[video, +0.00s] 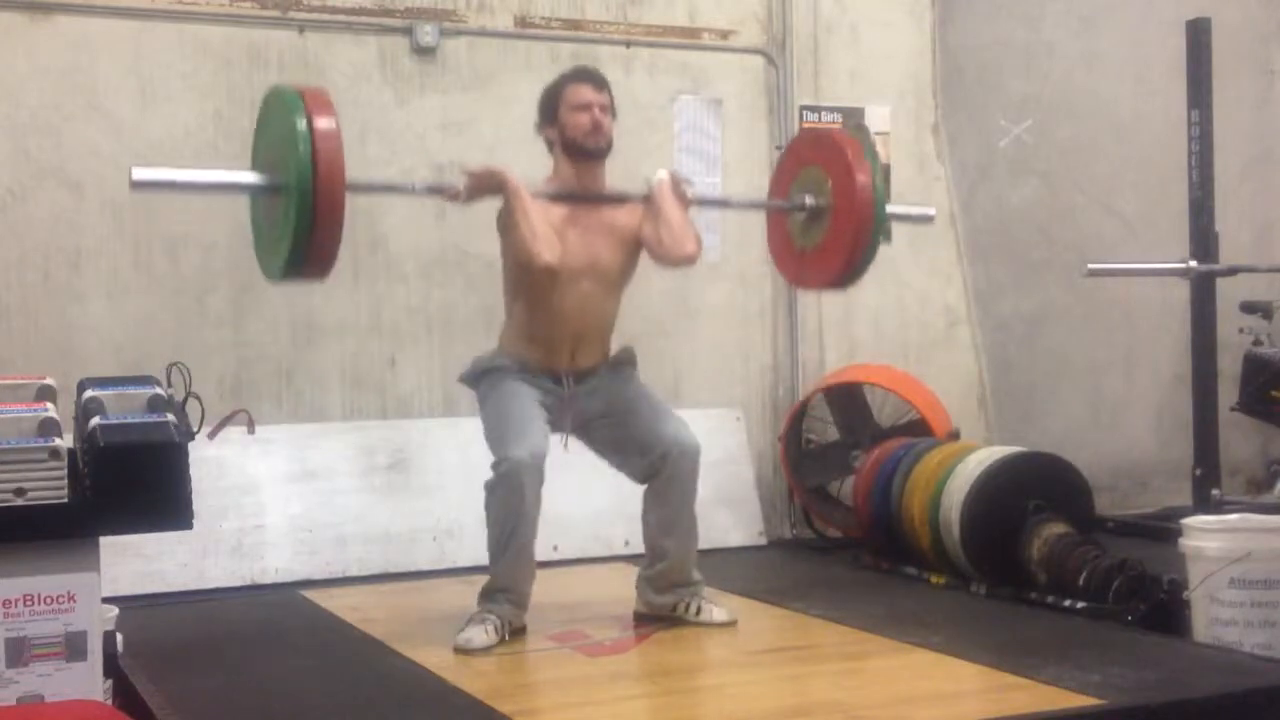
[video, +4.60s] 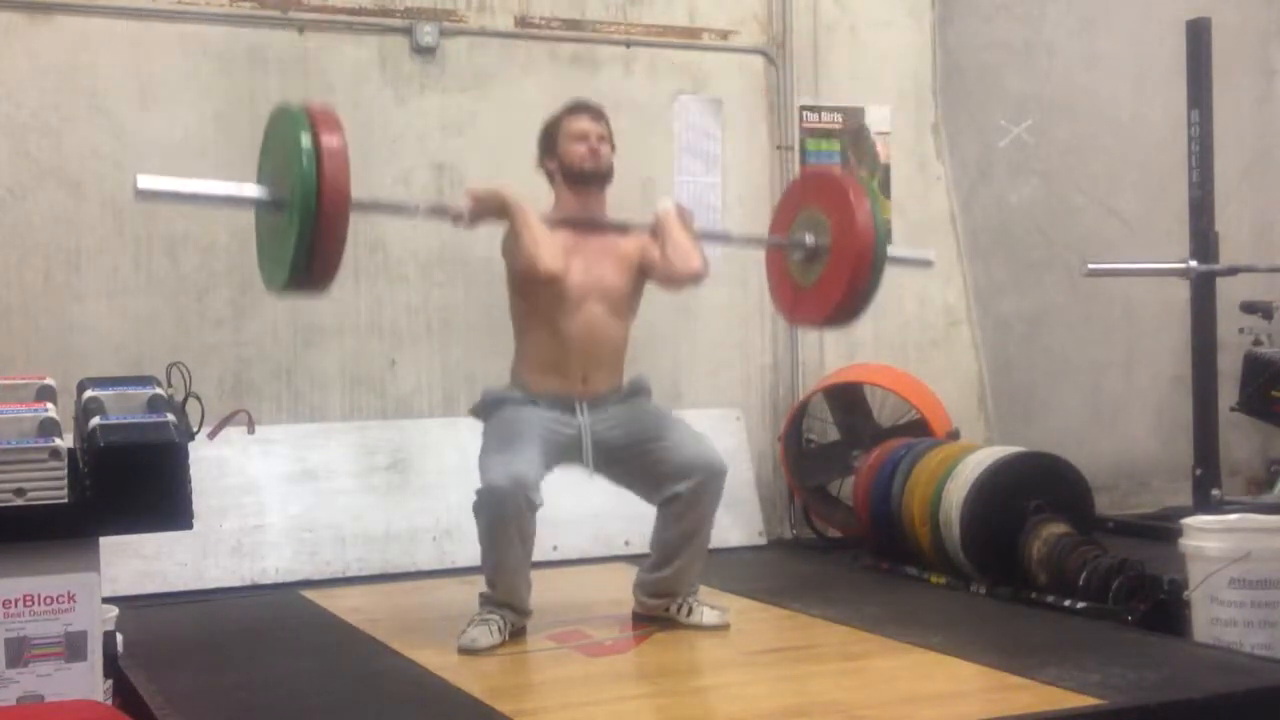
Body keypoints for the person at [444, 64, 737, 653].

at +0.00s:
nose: (597, 117)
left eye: (605, 110)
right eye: (581, 109)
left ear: (614, 126)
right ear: (552, 128)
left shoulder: (636, 211)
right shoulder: (526, 208)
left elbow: (682, 249)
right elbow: (544, 254)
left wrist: (663, 186)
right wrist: (509, 183)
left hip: (599, 379)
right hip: (520, 377)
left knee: (677, 450)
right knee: (519, 462)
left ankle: (667, 592)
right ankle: (502, 608)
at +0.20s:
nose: (588, 58)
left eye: (595, 51)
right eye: (571, 50)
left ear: (604, 71)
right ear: (542, 71)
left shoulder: (631, 152)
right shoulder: (521, 146)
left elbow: (680, 182)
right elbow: (537, 187)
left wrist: (658, 123)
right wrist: (503, 120)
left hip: (608, 343)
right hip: (525, 340)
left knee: (681, 450)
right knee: (509, 458)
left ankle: (668, 592)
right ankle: (500, 606)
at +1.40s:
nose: (588, 122)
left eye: (597, 114)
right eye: (573, 113)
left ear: (607, 129)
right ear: (545, 130)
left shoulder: (632, 211)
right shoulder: (526, 206)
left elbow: (685, 230)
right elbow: (537, 229)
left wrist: (665, 182)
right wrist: (504, 175)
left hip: (615, 388)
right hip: (532, 387)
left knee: (700, 465)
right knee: (508, 481)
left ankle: (663, 595)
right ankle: (502, 609)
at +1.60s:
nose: (597, 210)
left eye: (606, 202)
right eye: (583, 201)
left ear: (616, 217)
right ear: (554, 219)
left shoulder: (637, 295)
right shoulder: (530, 294)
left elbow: (689, 319)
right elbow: (543, 328)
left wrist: (669, 268)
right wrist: (511, 265)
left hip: (614, 457)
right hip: (538, 458)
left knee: (702, 473)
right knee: (510, 492)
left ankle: (662, 597)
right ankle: (505, 610)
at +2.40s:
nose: (605, 120)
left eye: (614, 113)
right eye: (590, 112)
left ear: (625, 129)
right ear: (561, 129)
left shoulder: (643, 214)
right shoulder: (532, 207)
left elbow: (691, 258)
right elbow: (550, 261)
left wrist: (675, 194)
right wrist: (516, 186)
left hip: (607, 376)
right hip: (527, 374)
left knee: (681, 455)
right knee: (528, 465)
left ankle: (663, 594)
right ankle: (503, 609)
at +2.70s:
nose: (591, 42)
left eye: (599, 33)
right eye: (575, 33)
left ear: (610, 54)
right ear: (547, 54)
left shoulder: (636, 140)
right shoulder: (527, 131)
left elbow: (686, 169)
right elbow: (540, 166)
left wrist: (667, 109)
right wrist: (508, 104)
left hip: (612, 332)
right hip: (529, 330)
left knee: (674, 448)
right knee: (511, 456)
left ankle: (664, 593)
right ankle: (502, 607)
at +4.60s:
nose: (595, 146)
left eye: (603, 140)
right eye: (580, 139)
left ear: (613, 159)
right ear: (551, 160)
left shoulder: (636, 241)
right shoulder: (528, 236)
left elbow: (689, 269)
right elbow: (544, 268)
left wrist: (669, 215)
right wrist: (513, 206)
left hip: (617, 410)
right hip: (533, 410)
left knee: (702, 469)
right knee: (504, 487)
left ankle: (662, 597)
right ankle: (503, 610)